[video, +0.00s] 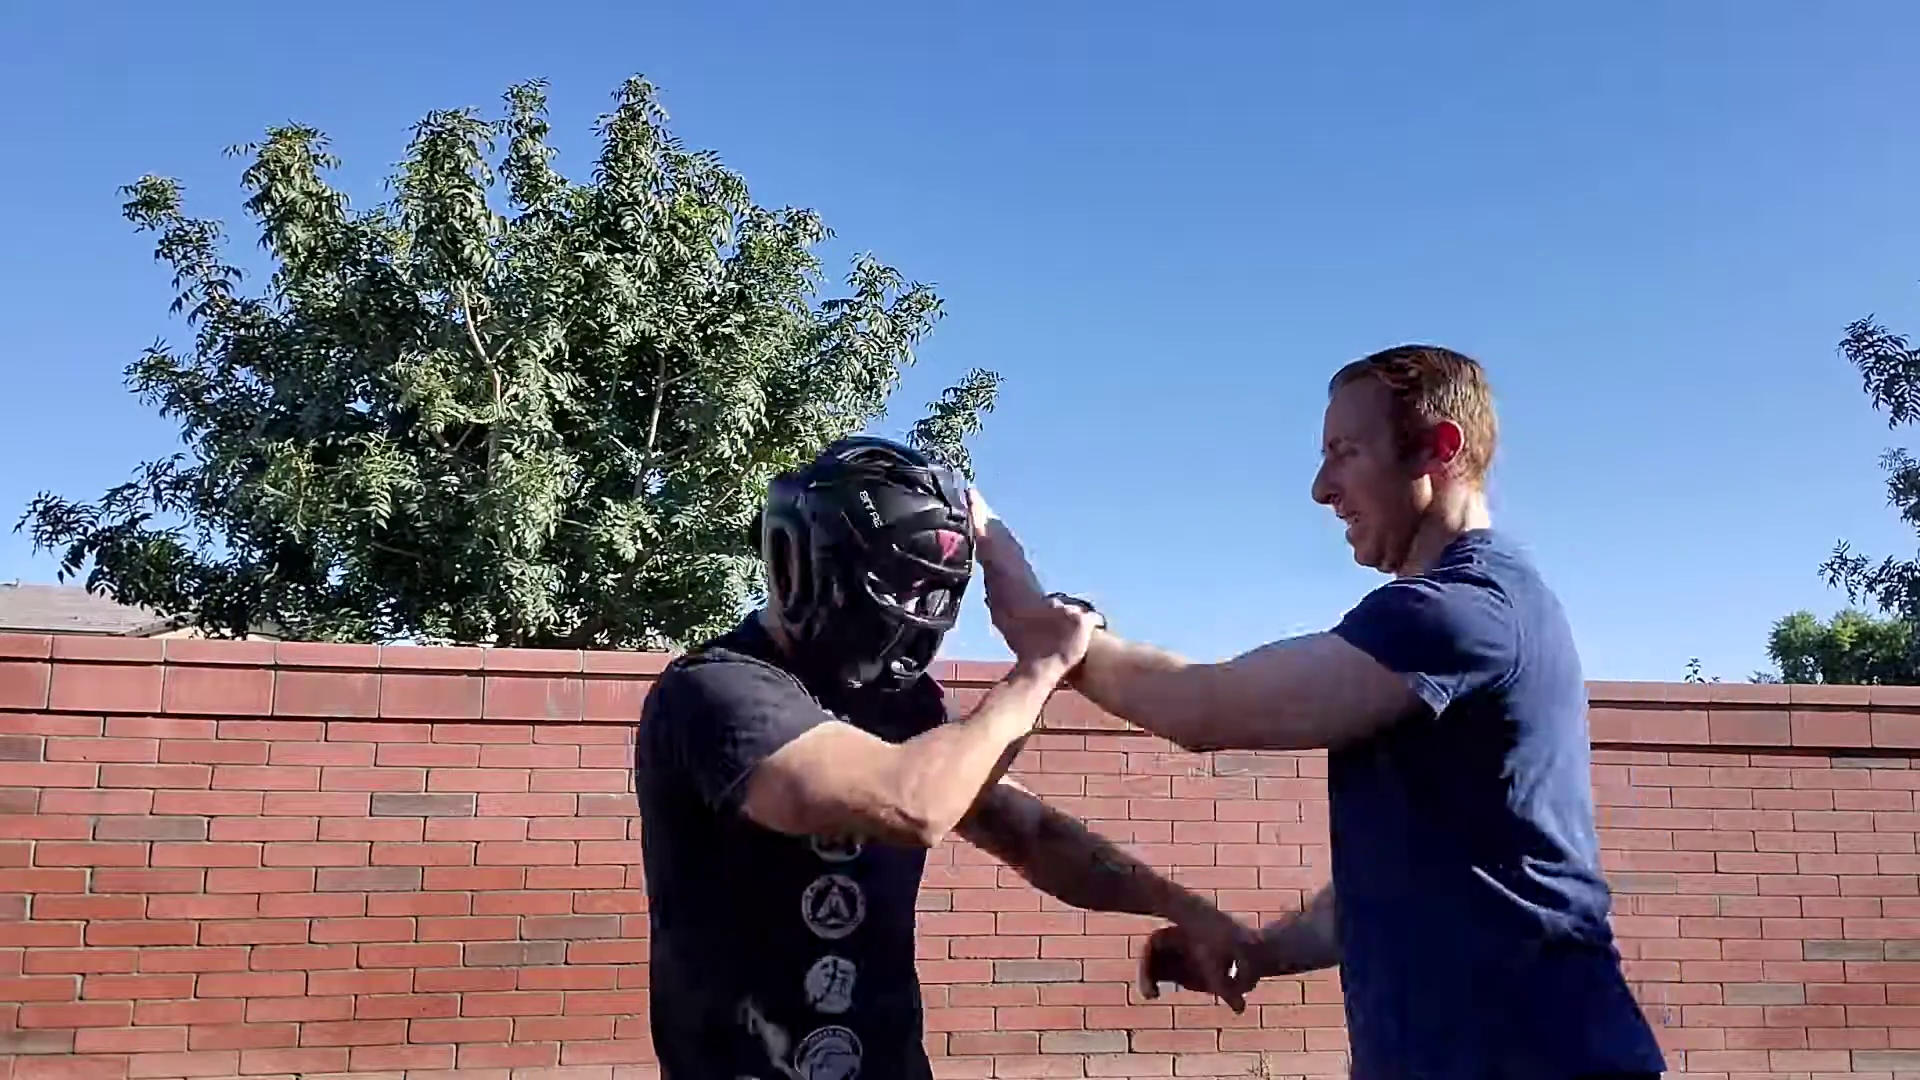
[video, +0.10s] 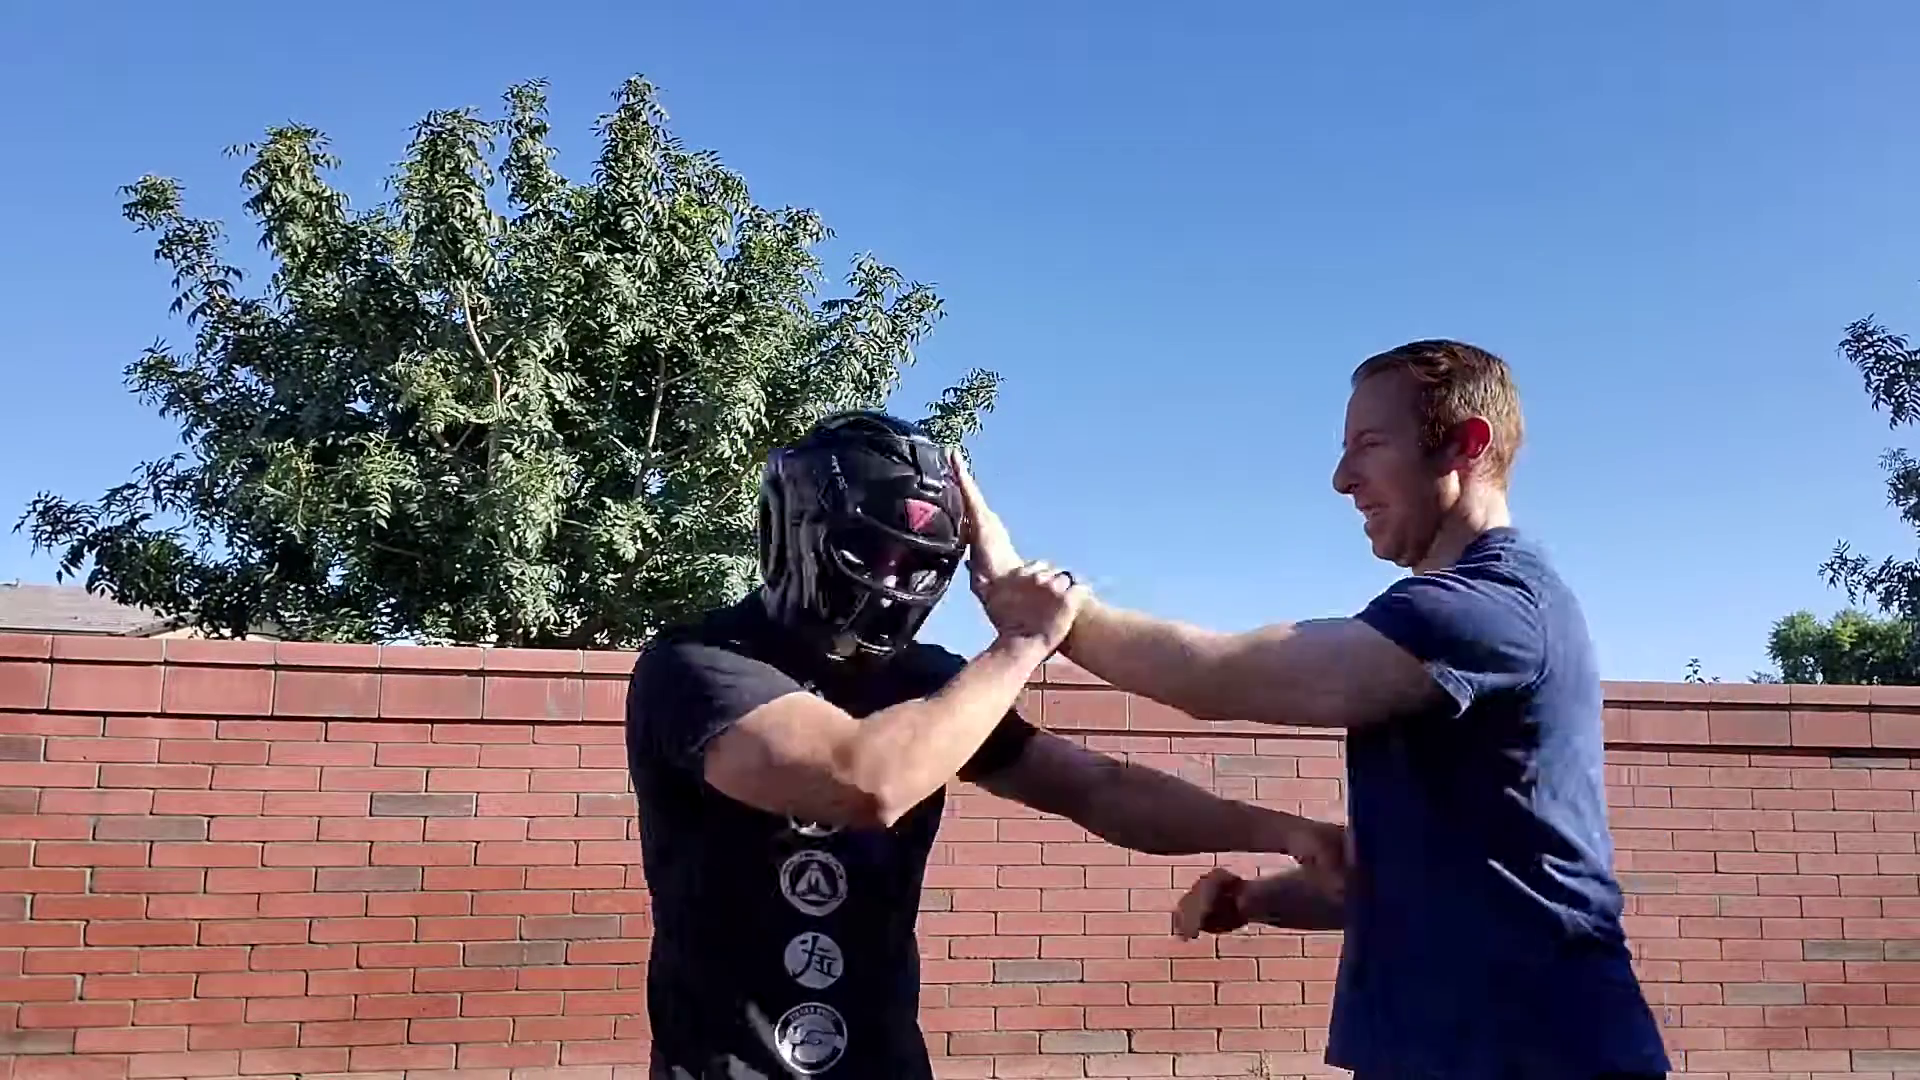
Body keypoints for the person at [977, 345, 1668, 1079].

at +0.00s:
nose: (1320, 487)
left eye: (1342, 453)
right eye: (1326, 456)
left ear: (1436, 458)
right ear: (1430, 462)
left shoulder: (1460, 610)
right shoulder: (1489, 605)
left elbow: (1204, 709)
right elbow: (1420, 876)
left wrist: (1034, 618)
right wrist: (1252, 949)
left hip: (1517, 1048)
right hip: (1439, 1046)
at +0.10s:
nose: (1342, 478)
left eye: (1366, 446)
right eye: (1347, 450)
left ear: (1465, 450)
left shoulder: (1495, 607)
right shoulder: (1461, 612)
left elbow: (1216, 676)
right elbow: (1439, 875)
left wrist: (1024, 590)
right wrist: (1259, 901)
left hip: (1529, 1042)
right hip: (1432, 1040)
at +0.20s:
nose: (1377, 476)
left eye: (1404, 443)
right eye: (1380, 450)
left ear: (1505, 452)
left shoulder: (1562, 604)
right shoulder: (1414, 649)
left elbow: (1293, 684)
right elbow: (1372, 867)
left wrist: (1061, 626)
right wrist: (1297, 852)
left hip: (1581, 1046)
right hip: (1430, 1051)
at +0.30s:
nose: (1393, 473)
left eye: (1420, 442)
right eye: (1396, 449)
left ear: (1526, 453)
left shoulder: (1578, 610)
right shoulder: (1428, 645)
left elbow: (1310, 693)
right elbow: (1374, 857)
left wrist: (1068, 640)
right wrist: (1326, 863)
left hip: (1596, 1049)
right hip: (1443, 1055)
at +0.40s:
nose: (1383, 478)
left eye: (1409, 446)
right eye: (1386, 453)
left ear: (1511, 454)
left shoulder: (1571, 613)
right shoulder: (1418, 645)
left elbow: (1306, 696)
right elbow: (1365, 849)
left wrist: (1074, 640)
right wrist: (1317, 858)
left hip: (1593, 1042)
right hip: (1438, 1047)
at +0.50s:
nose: (1379, 478)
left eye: (1405, 446)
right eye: (1383, 452)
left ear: (1505, 454)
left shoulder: (1565, 612)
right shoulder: (1420, 643)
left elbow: (1298, 693)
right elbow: (1371, 861)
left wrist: (1075, 634)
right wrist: (1318, 859)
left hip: (1588, 1041)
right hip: (1436, 1047)